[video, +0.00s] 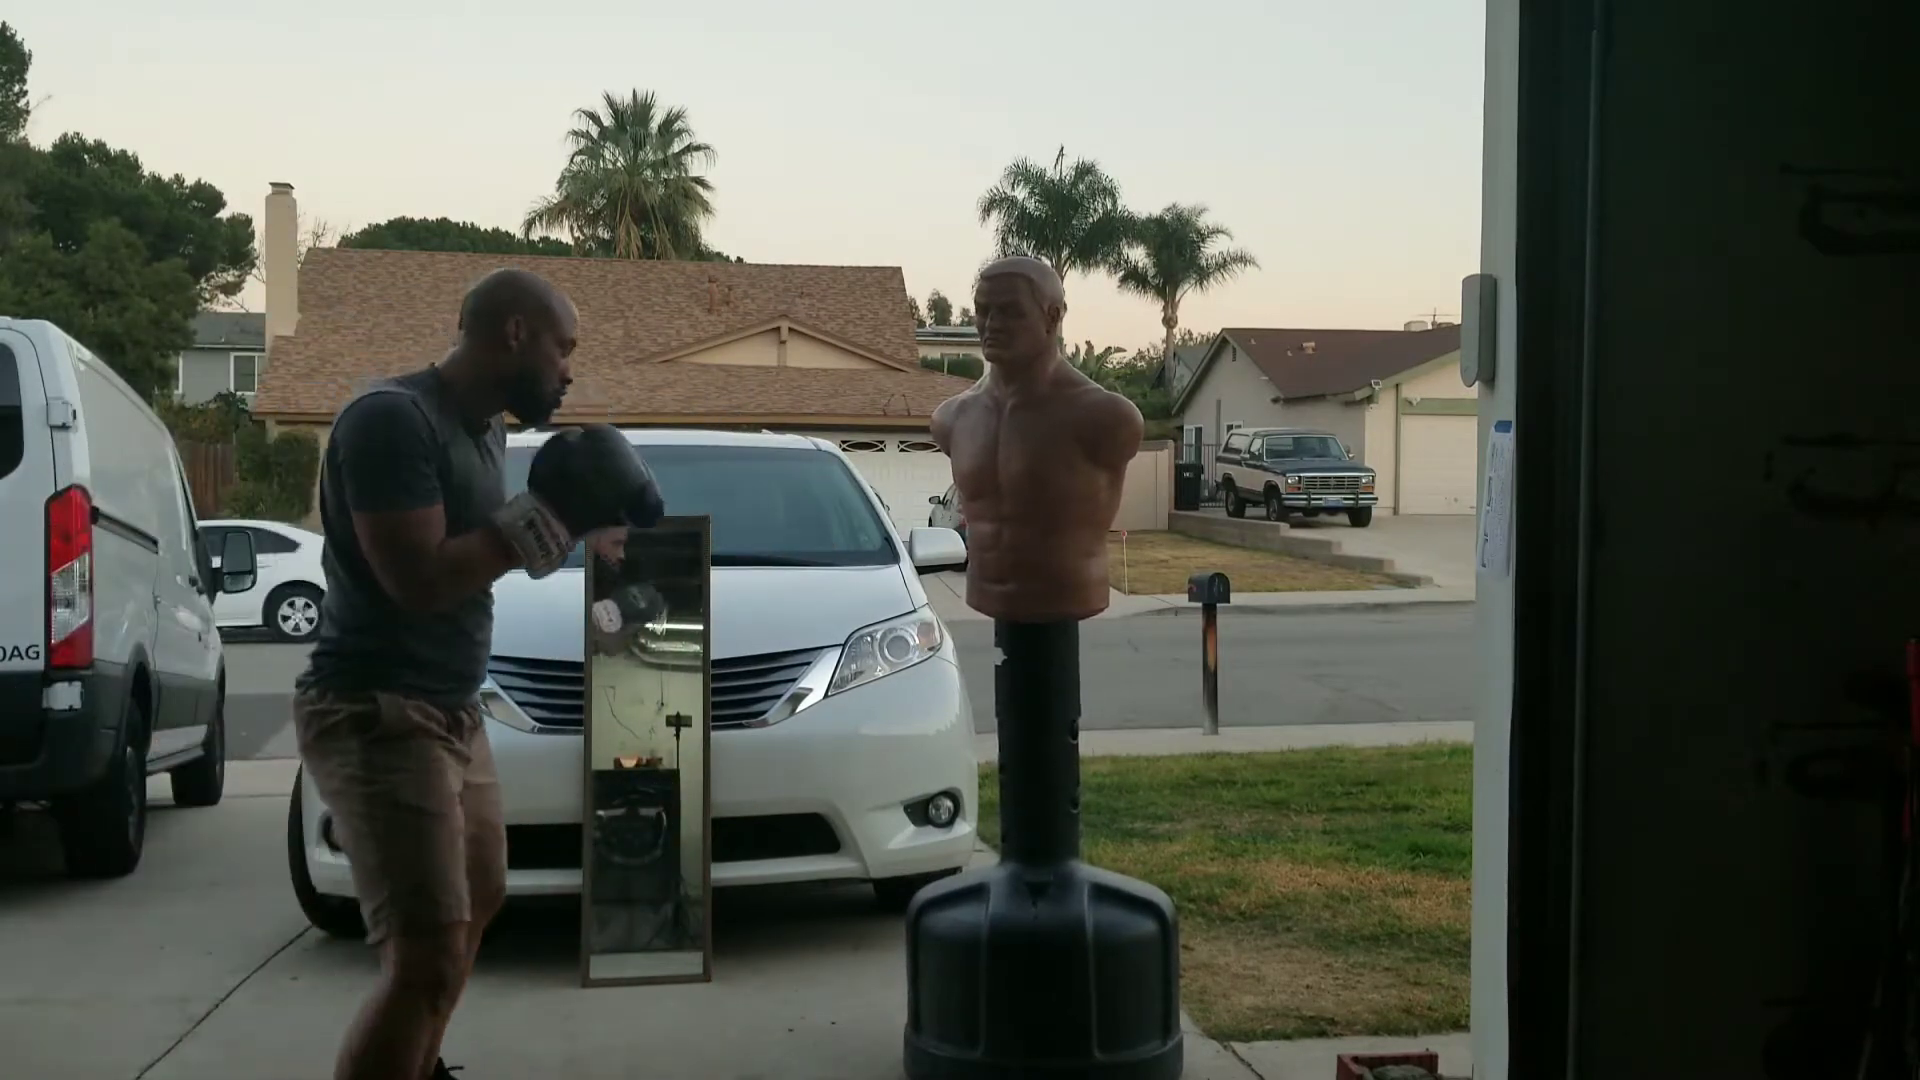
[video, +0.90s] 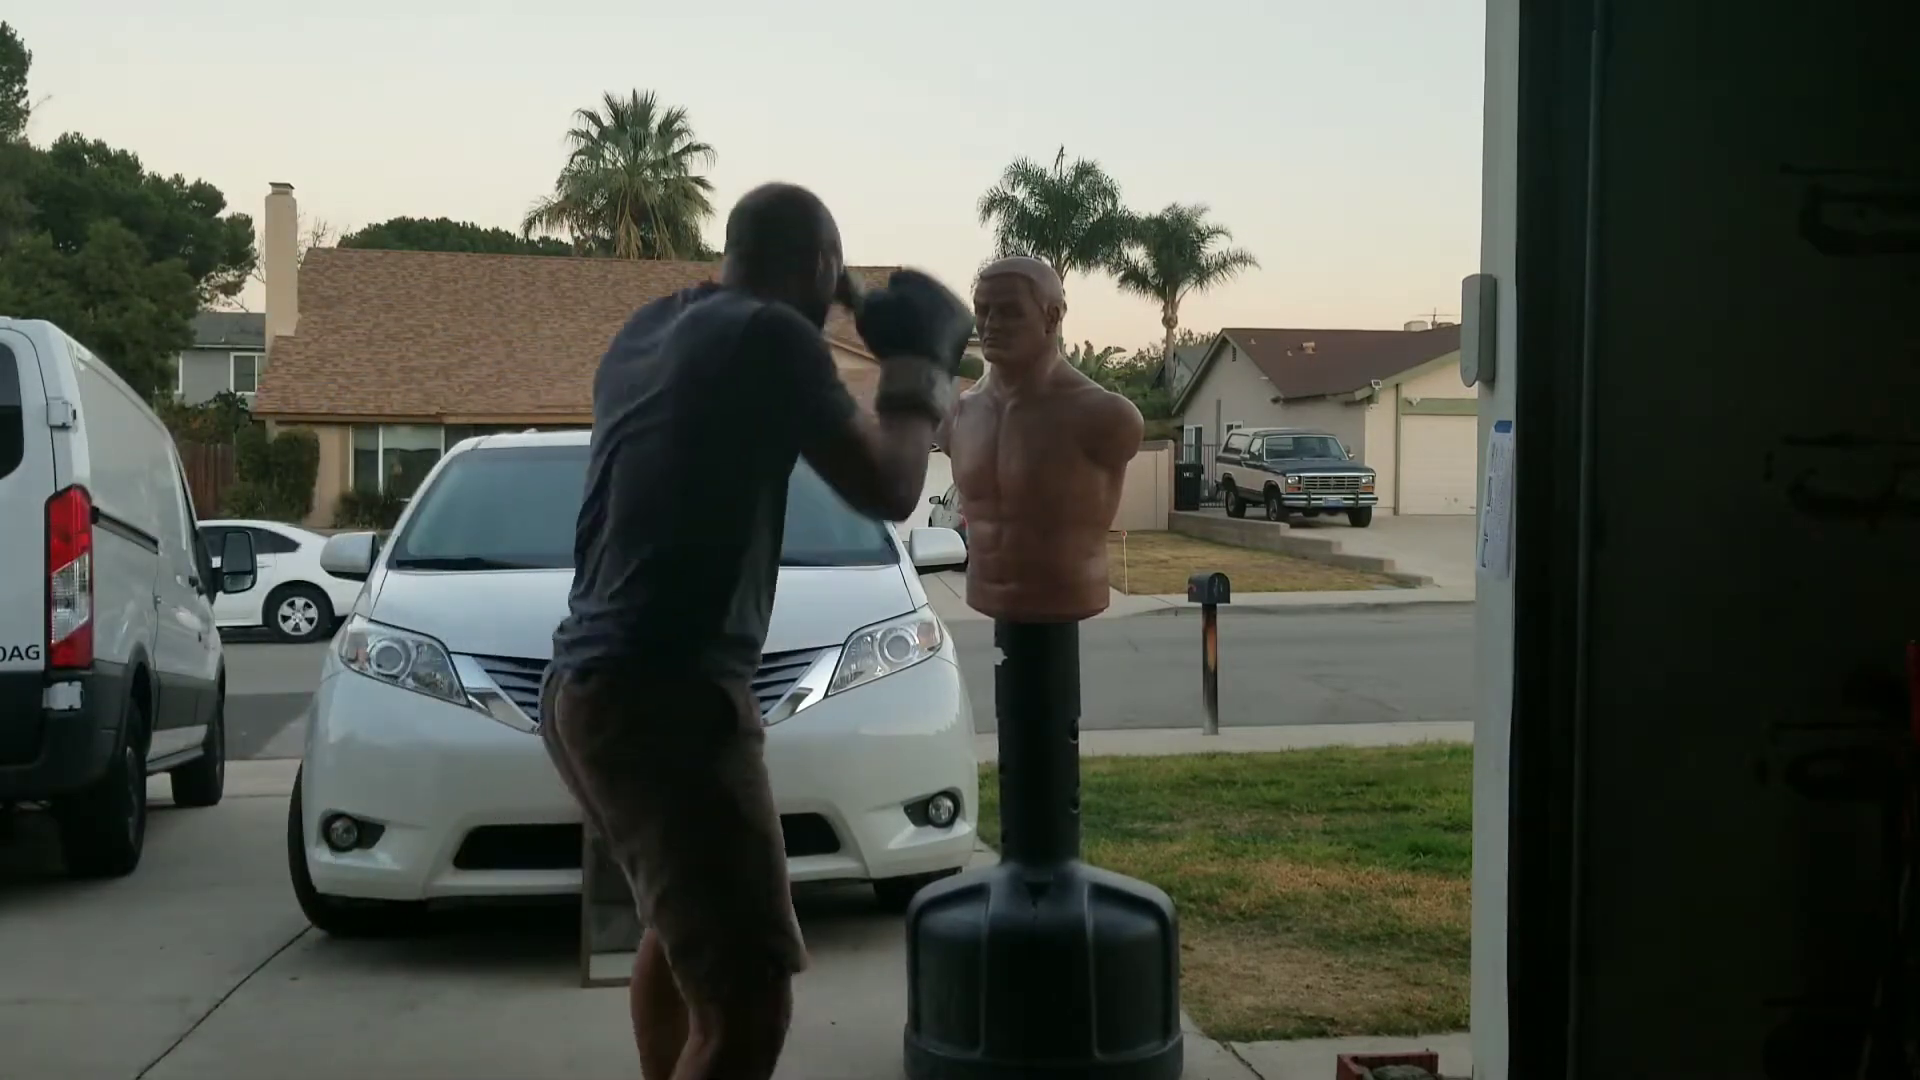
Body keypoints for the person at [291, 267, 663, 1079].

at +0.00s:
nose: (570, 370)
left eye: (572, 351)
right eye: (563, 348)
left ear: (509, 337)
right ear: (513, 335)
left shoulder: (480, 433)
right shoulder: (388, 420)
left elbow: (472, 560)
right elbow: (421, 581)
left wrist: (571, 524)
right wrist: (544, 519)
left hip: (450, 713)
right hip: (376, 715)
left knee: (479, 894)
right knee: (430, 952)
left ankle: (416, 1060)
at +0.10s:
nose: (585, 367)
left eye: (588, 348)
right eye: (580, 345)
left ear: (526, 331)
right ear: (531, 330)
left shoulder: (486, 429)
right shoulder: (414, 416)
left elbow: (495, 555)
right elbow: (462, 577)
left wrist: (576, 532)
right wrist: (570, 508)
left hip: (481, 708)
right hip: (408, 713)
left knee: (530, 885)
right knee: (463, 963)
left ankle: (454, 1053)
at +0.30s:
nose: (645, 325)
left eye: (647, 310)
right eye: (642, 306)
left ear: (545, 296)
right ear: (617, 303)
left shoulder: (491, 361)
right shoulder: (557, 363)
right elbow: (665, 505)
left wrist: (648, 393)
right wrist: (719, 399)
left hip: (530, 689)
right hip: (492, 691)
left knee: (624, 861)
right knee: (480, 969)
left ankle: (632, 1070)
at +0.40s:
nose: (696, 346)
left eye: (700, 330)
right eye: (696, 326)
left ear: (604, 313)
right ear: (670, 321)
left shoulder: (527, 389)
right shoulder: (619, 377)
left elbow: (590, 530)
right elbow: (682, 544)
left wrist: (700, 444)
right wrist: (752, 439)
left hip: (604, 707)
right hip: (544, 710)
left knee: (679, 886)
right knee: (582, 994)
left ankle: (671, 1072)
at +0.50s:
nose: (760, 385)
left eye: (760, 365)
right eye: (755, 363)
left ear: (677, 349)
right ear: (720, 355)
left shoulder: (637, 405)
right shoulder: (653, 405)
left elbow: (670, 560)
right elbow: (704, 576)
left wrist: (742, 480)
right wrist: (779, 487)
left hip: (610, 719)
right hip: (563, 726)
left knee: (713, 889)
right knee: (693, 984)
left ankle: (675, 1062)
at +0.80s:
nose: (842, 366)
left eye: (844, 347)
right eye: (844, 344)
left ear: (744, 329)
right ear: (820, 340)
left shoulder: (648, 396)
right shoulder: (755, 412)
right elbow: (822, 586)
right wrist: (874, 484)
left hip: (583, 737)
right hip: (654, 745)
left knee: (673, 966)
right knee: (776, 1034)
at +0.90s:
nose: (838, 291)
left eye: (840, 275)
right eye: (837, 272)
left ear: (727, 263)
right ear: (817, 265)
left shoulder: (640, 334)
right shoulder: (774, 336)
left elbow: (734, 301)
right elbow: (889, 488)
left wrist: (833, 299)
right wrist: (920, 358)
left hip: (586, 690)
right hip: (670, 694)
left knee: (674, 932)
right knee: (751, 990)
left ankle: (669, 1073)